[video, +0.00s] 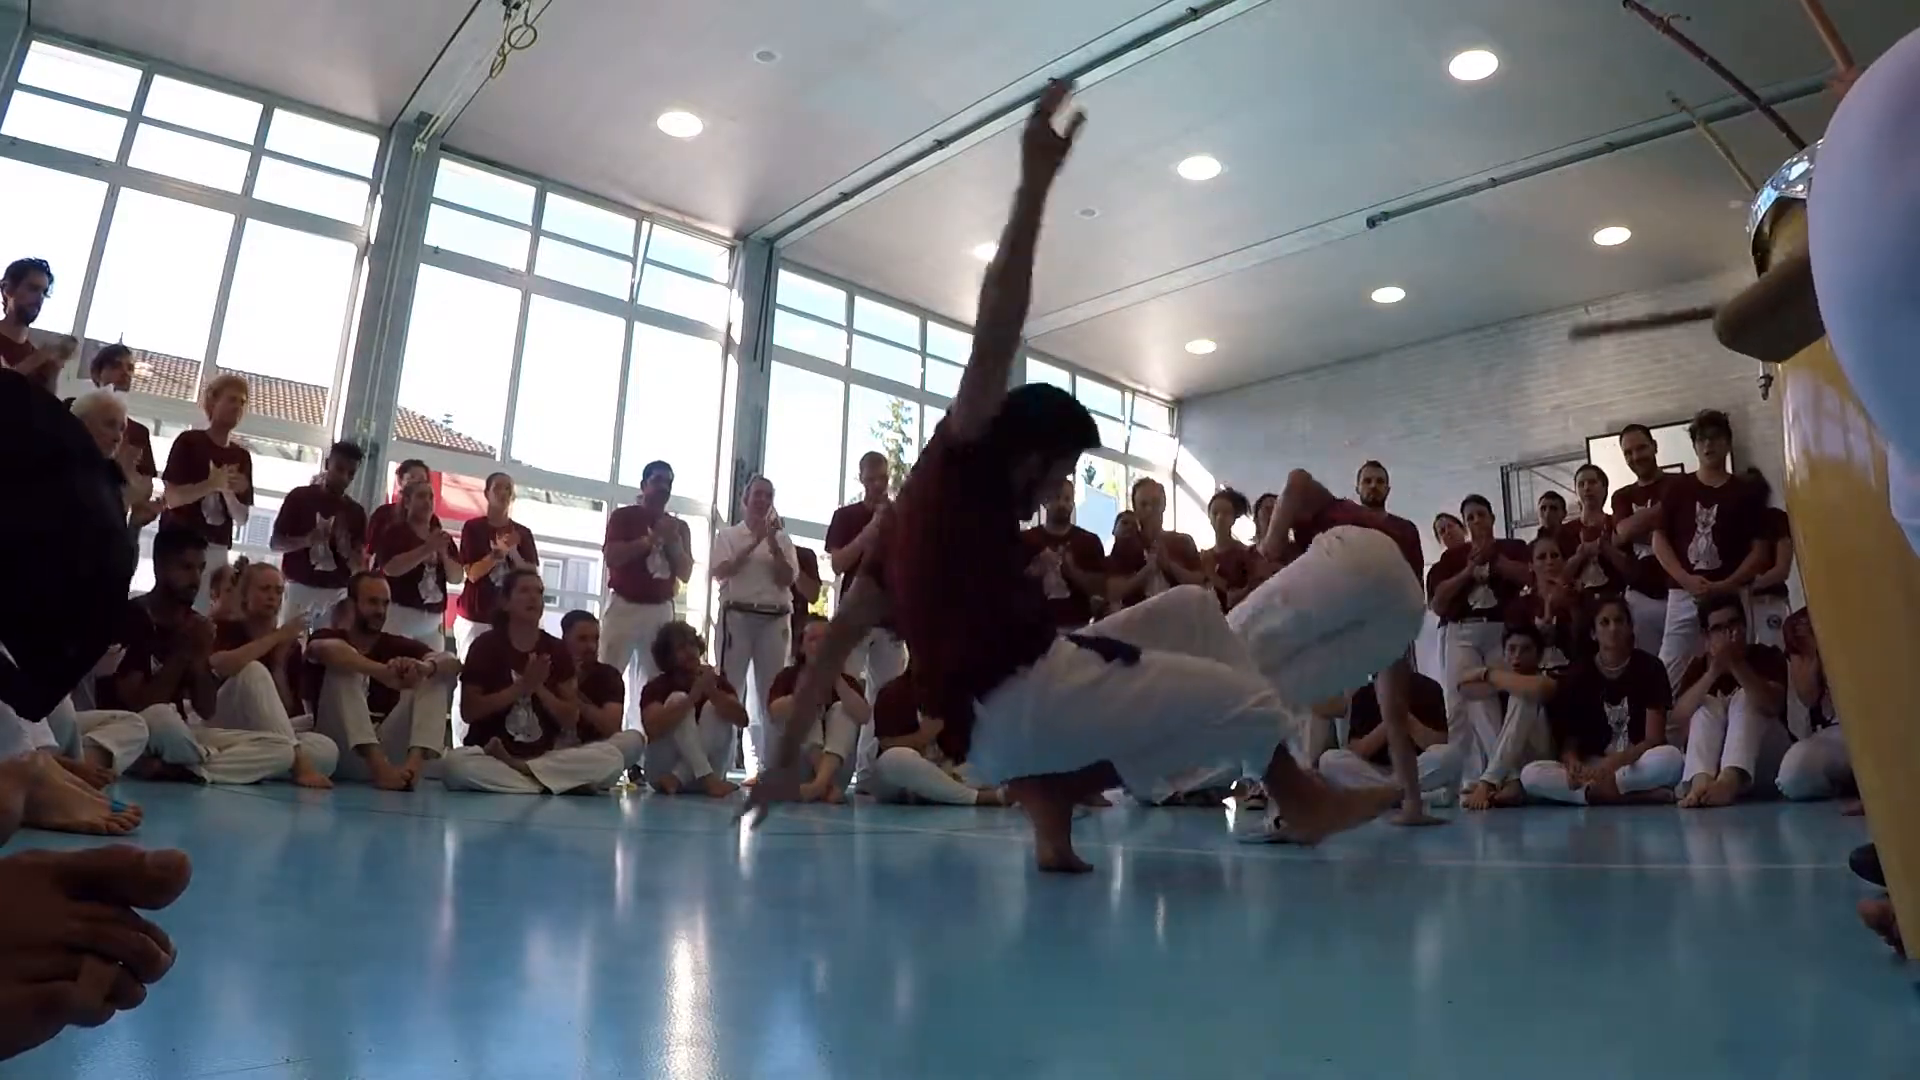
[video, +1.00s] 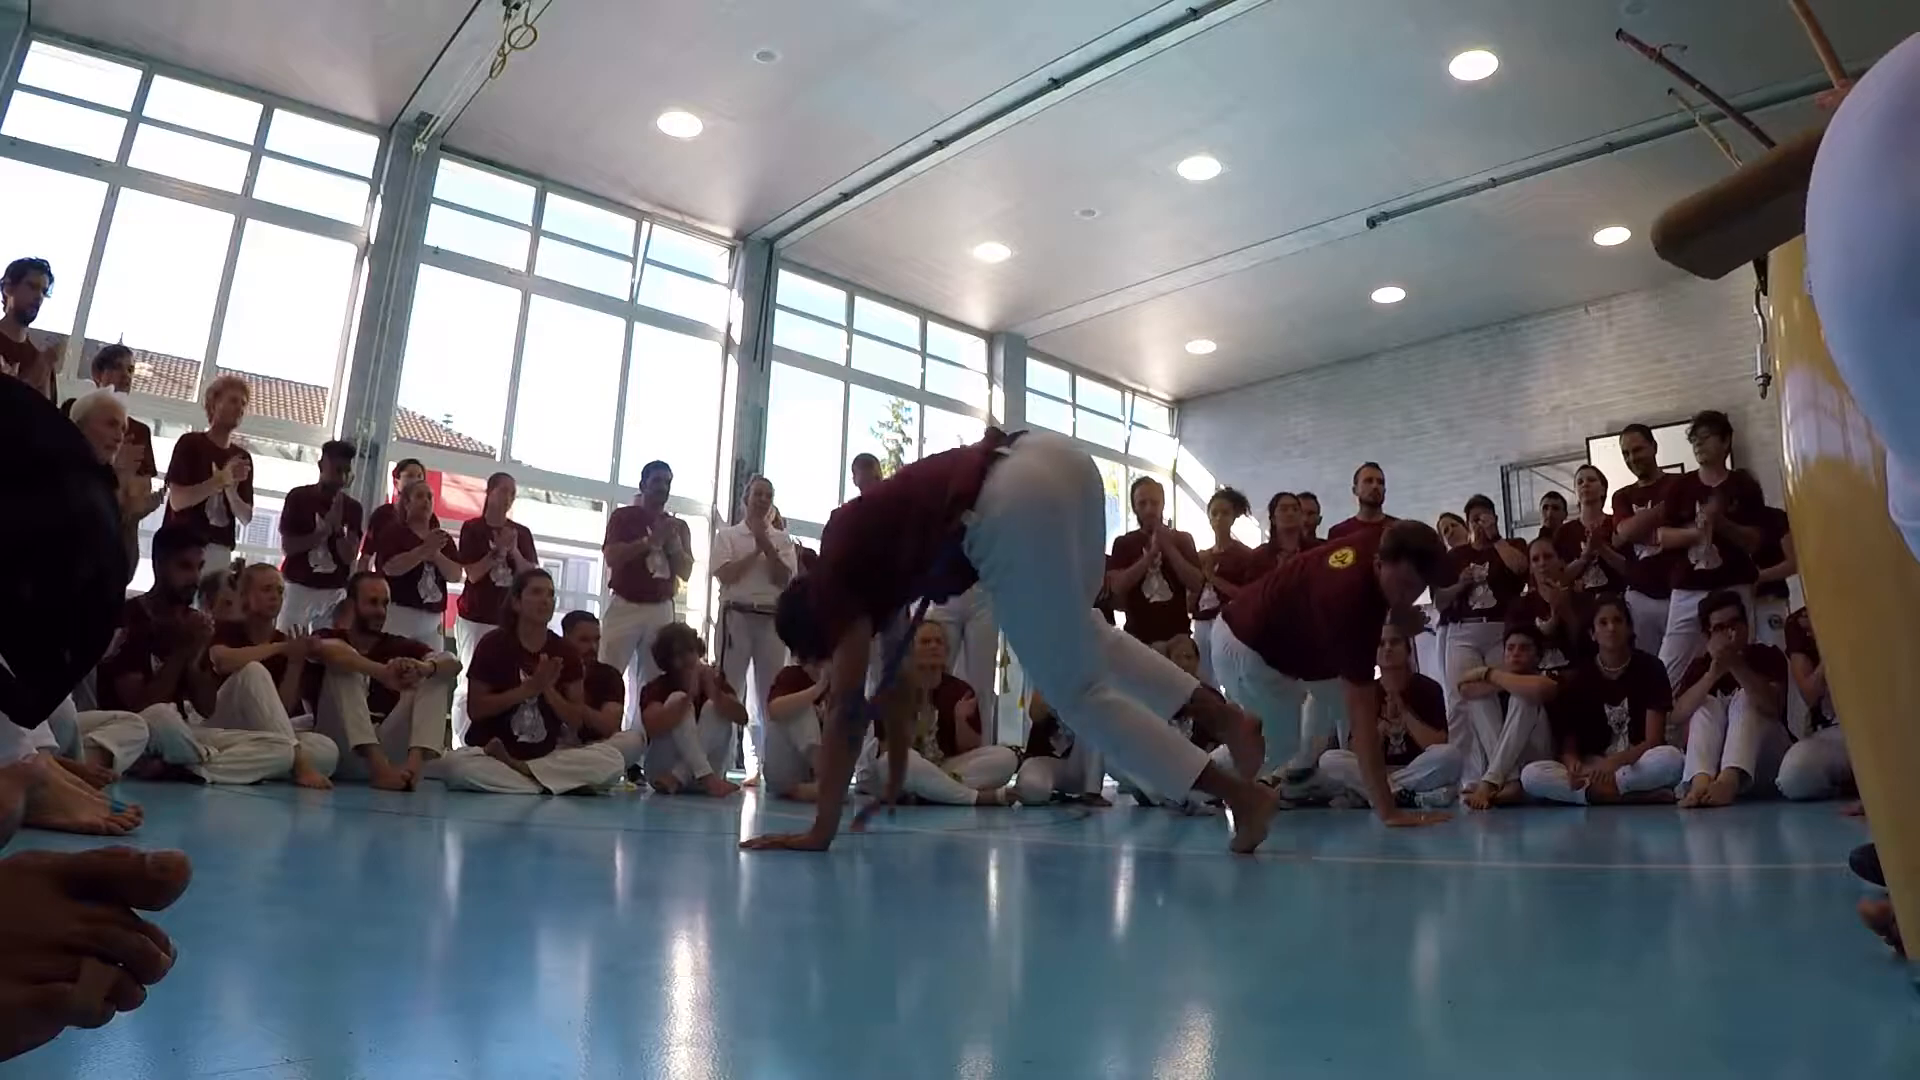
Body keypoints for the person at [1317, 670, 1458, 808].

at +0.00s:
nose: (1393, 669)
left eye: (1398, 661)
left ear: (1408, 657)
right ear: (1375, 667)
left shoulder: (1429, 688)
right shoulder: (1362, 696)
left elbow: (1440, 744)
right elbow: (1355, 751)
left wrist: (1404, 716)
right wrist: (1390, 722)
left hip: (1418, 766)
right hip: (1373, 769)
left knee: (1443, 754)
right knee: (1329, 760)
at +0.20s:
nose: (1390, 648)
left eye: (1397, 641)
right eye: (1385, 642)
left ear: (1408, 649)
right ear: (1376, 647)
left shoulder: (1428, 688)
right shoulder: (1363, 695)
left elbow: (1439, 744)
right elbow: (1355, 746)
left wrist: (1405, 712)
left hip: (1417, 766)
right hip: (1375, 768)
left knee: (1446, 755)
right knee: (1328, 762)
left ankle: (1381, 794)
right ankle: (1408, 799)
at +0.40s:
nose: (1390, 649)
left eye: (1397, 643)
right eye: (1384, 643)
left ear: (1409, 649)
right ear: (1375, 650)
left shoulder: (1428, 688)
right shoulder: (1365, 690)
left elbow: (1439, 744)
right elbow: (1354, 745)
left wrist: (1405, 711)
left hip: (1417, 767)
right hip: (1376, 769)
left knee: (1445, 755)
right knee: (1328, 762)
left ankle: (1379, 794)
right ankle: (1406, 798)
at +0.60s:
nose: (1393, 650)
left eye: (1398, 644)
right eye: (1388, 645)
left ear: (1408, 650)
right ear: (1376, 655)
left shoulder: (1427, 688)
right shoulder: (1364, 691)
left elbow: (1437, 745)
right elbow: (1354, 744)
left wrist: (1404, 712)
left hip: (1418, 767)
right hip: (1375, 769)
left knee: (1444, 755)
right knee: (1328, 762)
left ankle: (1372, 798)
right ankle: (1406, 799)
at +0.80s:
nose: (1397, 662)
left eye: (1402, 656)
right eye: (1390, 658)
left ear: (1409, 655)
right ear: (1378, 661)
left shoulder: (1427, 688)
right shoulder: (1364, 692)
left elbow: (1438, 744)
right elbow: (1355, 745)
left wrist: (1404, 711)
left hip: (1418, 767)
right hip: (1376, 770)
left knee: (1445, 755)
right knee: (1328, 762)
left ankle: (1377, 796)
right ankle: (1406, 798)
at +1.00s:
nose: (1387, 648)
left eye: (1395, 642)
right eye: (1381, 643)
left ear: (1408, 649)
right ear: (1375, 651)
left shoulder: (1428, 688)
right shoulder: (1367, 691)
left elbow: (1438, 743)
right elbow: (1355, 746)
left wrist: (1404, 713)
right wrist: (1383, 724)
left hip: (1418, 767)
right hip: (1377, 769)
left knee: (1448, 755)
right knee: (1328, 761)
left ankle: (1379, 792)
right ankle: (1401, 797)